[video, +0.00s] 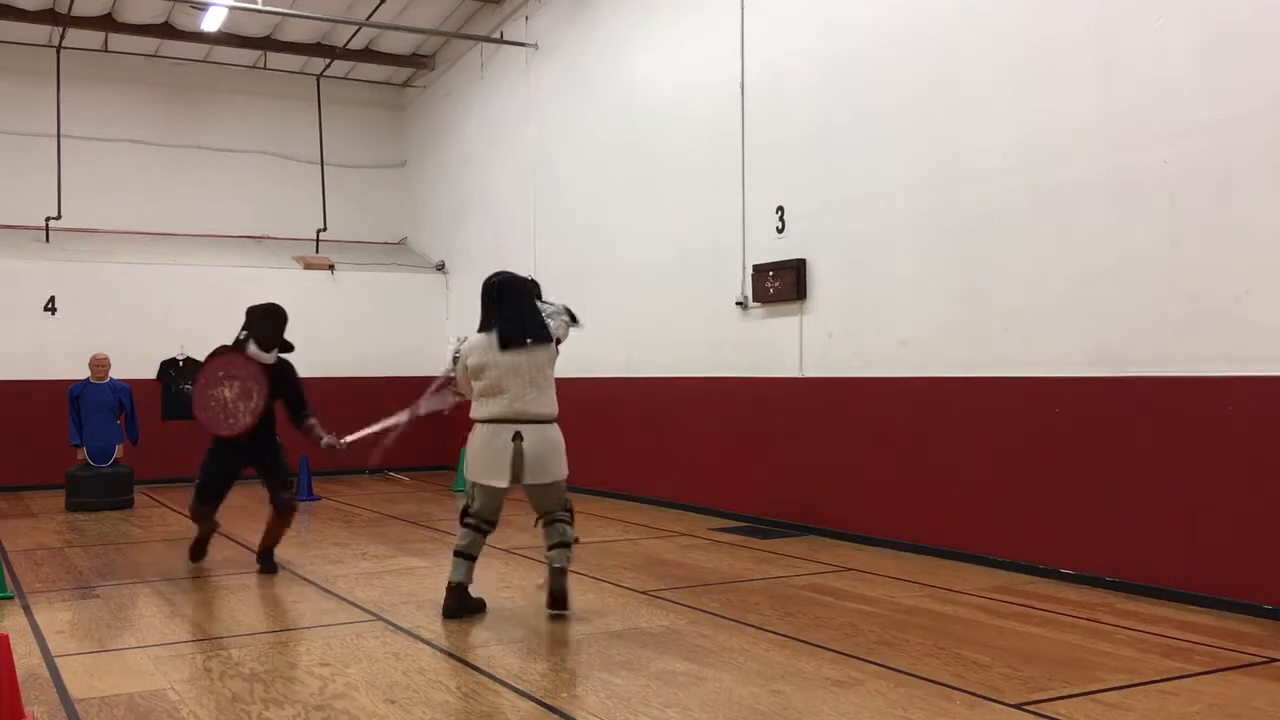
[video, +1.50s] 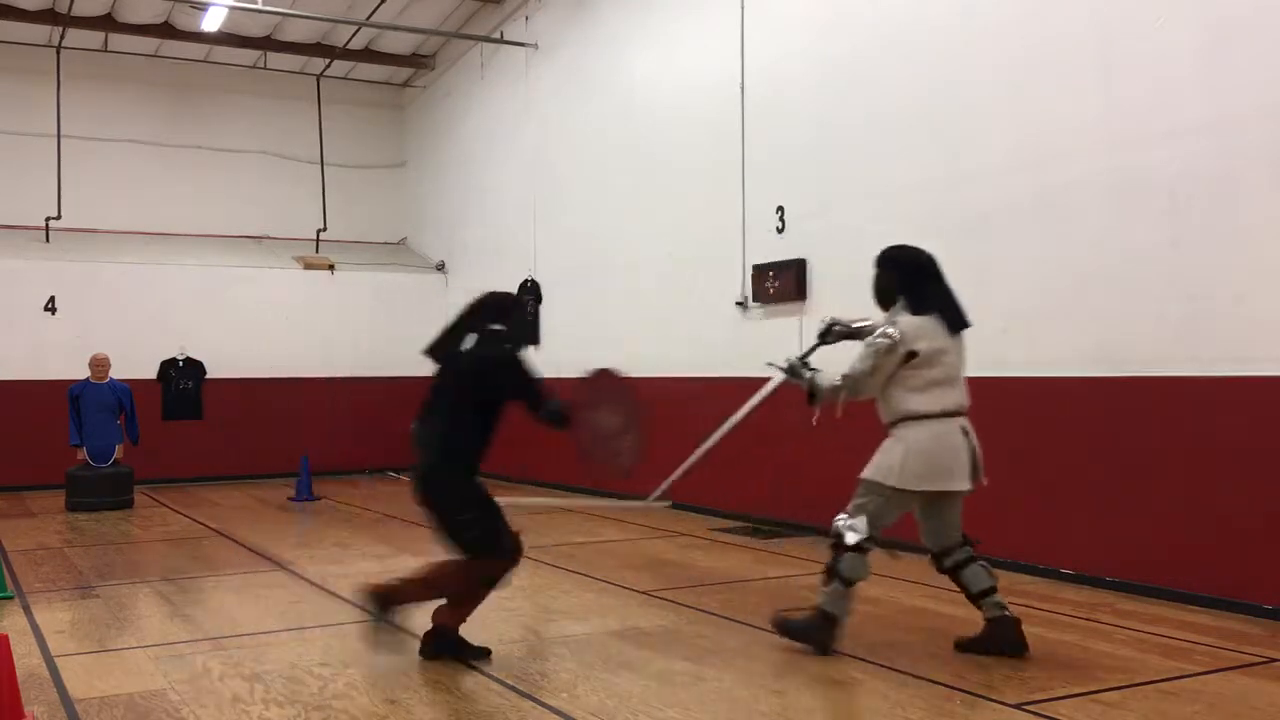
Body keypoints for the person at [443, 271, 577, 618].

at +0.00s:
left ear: (488, 306)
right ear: (529, 303)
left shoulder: (473, 346)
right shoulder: (545, 336)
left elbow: (464, 389)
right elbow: (560, 317)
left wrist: (456, 357)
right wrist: (536, 300)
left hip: (490, 443)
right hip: (542, 441)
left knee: (479, 517)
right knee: (555, 513)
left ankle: (456, 593)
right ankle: (558, 585)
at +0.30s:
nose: (546, 303)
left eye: (548, 297)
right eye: (548, 297)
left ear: (551, 301)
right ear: (591, 298)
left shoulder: (536, 343)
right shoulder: (611, 333)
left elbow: (521, 389)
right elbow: (618, 314)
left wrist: (514, 350)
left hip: (545, 440)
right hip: (599, 441)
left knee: (508, 516)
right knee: (612, 519)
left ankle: (466, 588)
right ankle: (646, 591)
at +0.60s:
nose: (629, 288)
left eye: (632, 282)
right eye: (628, 280)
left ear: (640, 289)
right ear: (675, 286)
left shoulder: (627, 328)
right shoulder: (690, 330)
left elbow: (585, 343)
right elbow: (663, 314)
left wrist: (576, 306)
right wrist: (635, 288)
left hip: (627, 432)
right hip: (673, 435)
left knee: (591, 514)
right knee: (641, 517)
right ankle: (648, 598)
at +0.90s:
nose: (695, 289)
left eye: (698, 282)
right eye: (693, 282)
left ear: (708, 286)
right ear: (743, 279)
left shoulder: (706, 331)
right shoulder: (765, 319)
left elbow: (656, 351)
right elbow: (733, 287)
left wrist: (632, 308)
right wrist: (690, 268)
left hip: (722, 441)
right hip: (762, 438)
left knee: (731, 534)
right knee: (710, 521)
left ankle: (760, 623)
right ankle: (684, 595)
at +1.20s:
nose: (780, 277)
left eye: (785, 269)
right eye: (782, 269)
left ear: (799, 273)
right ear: (829, 269)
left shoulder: (804, 324)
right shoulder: (847, 312)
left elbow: (769, 380)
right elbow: (793, 313)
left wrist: (721, 363)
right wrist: (752, 317)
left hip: (810, 433)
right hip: (851, 427)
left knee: (776, 526)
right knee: (854, 526)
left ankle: (765, 625)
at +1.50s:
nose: (874, 285)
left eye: (879, 277)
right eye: (876, 276)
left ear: (895, 282)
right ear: (923, 280)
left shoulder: (897, 331)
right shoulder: (946, 324)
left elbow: (858, 382)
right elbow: (903, 334)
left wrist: (812, 381)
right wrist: (855, 329)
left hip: (913, 445)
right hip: (954, 441)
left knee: (854, 528)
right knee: (947, 545)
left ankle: (825, 622)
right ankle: (1002, 624)